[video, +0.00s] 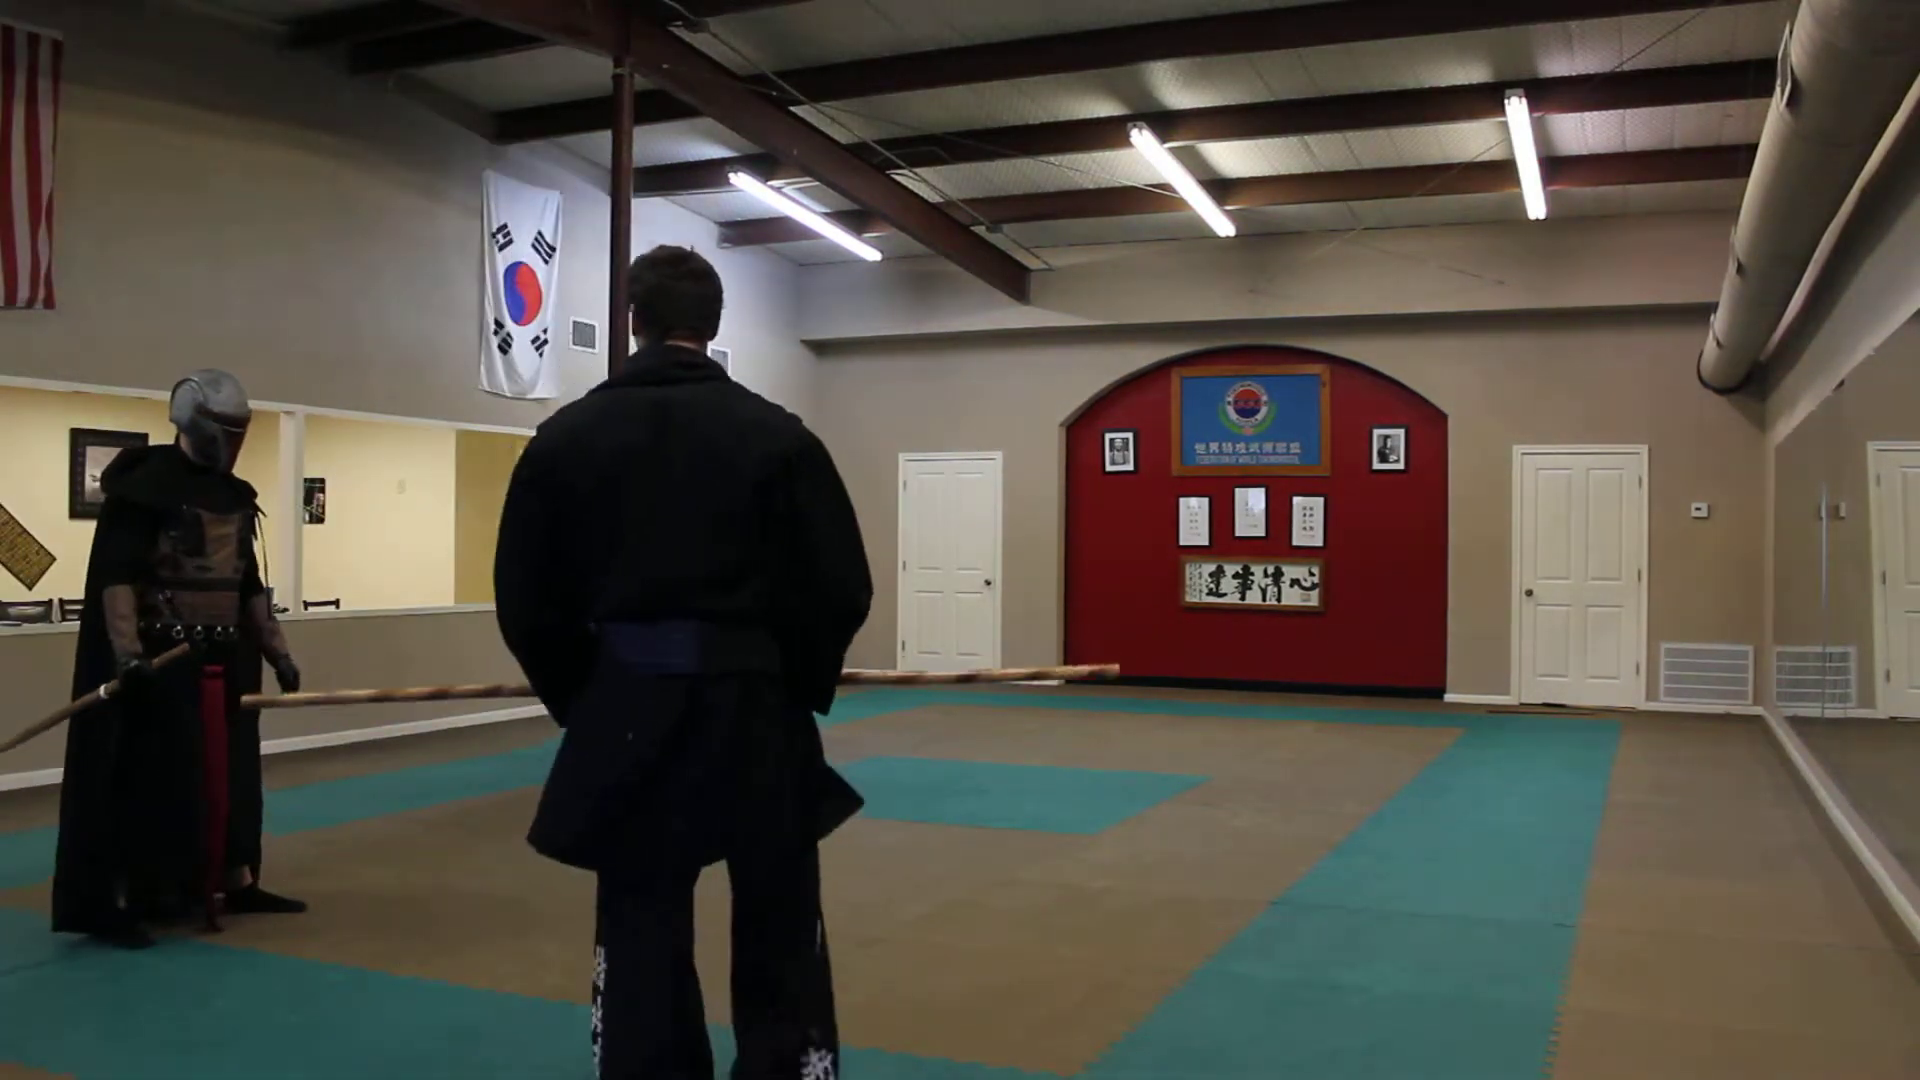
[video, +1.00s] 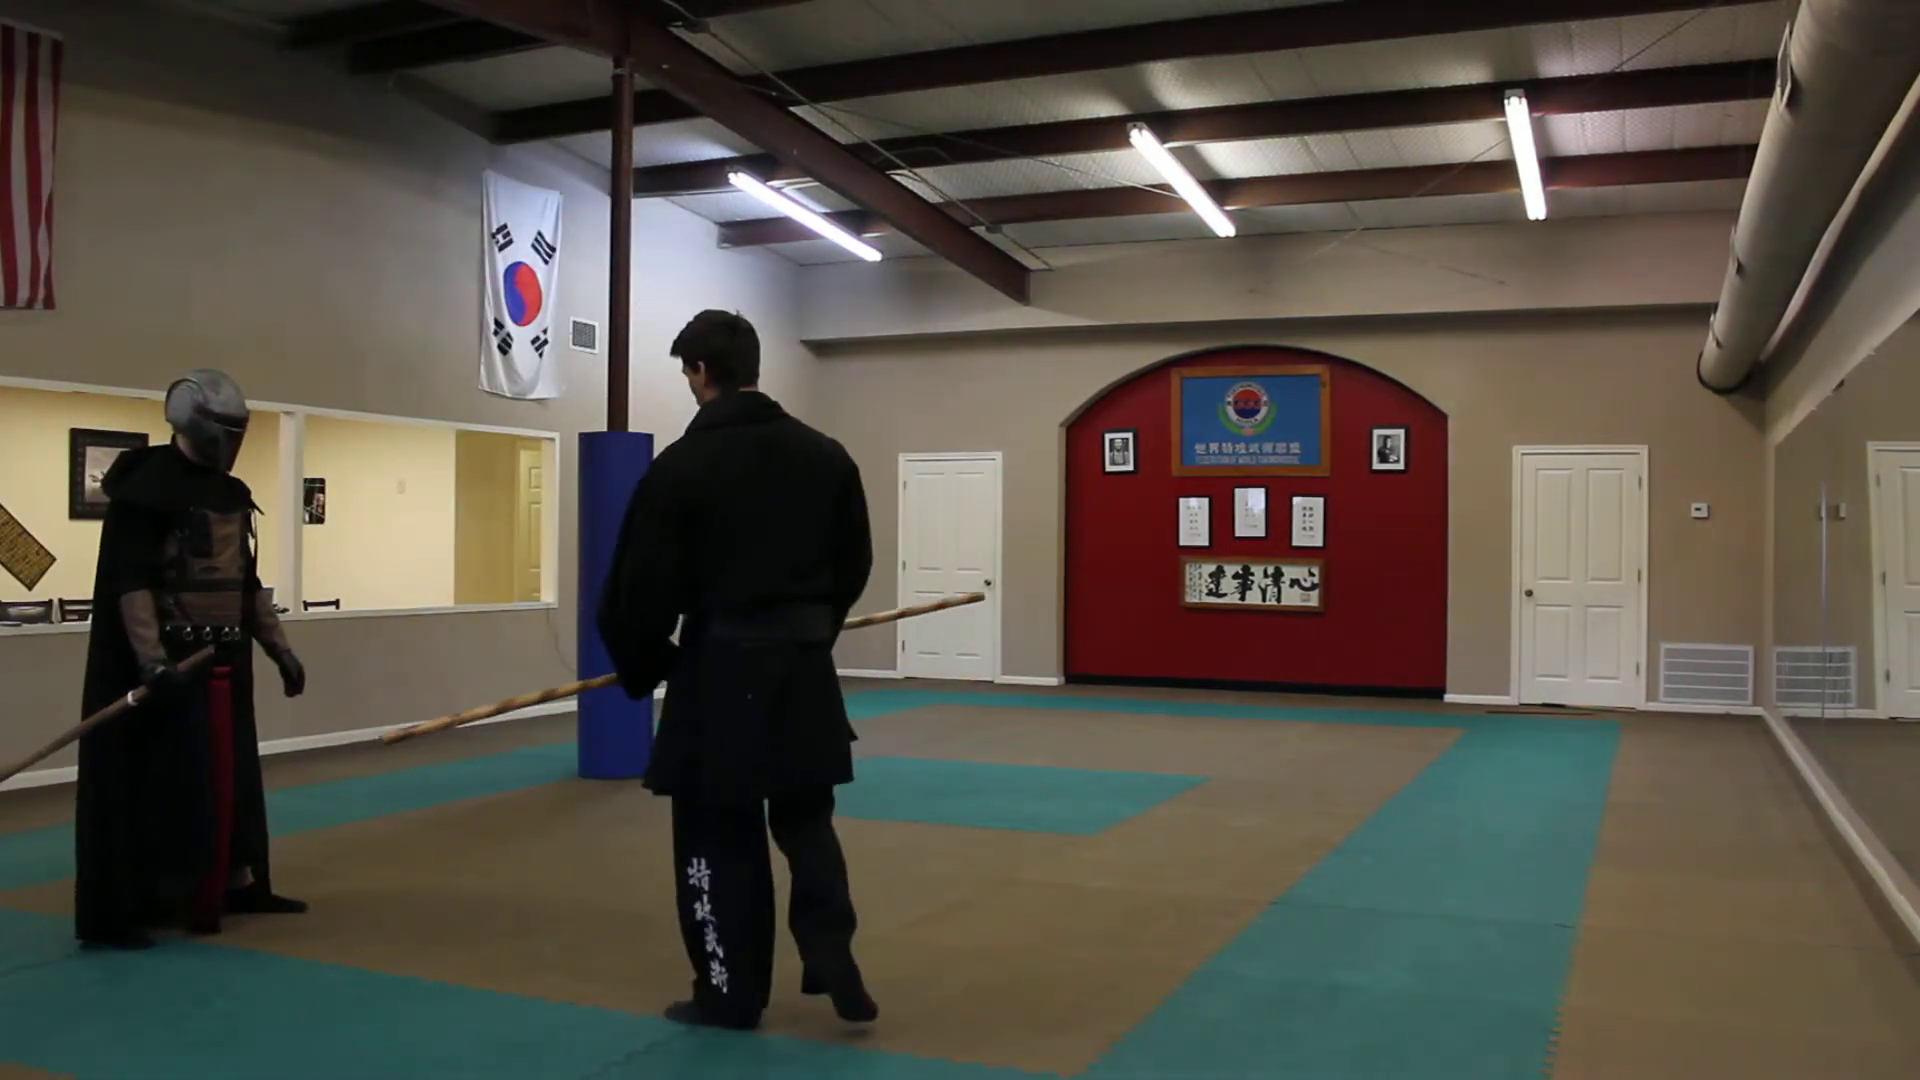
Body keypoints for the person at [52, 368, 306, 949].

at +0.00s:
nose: (235, 441)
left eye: (240, 430)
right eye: (225, 429)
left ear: (240, 428)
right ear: (189, 424)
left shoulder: (236, 497)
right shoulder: (143, 481)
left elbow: (249, 585)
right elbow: (116, 573)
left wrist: (279, 652)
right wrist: (127, 653)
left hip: (223, 662)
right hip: (153, 662)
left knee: (233, 770)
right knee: (137, 778)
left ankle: (233, 884)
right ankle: (116, 903)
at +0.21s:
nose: (231, 439)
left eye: (235, 429)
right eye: (221, 428)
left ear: (234, 428)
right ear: (184, 424)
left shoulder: (229, 496)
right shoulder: (139, 482)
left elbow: (243, 585)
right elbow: (117, 576)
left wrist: (270, 653)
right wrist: (134, 653)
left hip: (217, 662)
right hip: (148, 660)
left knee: (229, 769)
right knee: (132, 776)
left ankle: (236, 884)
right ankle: (113, 902)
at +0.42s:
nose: (230, 440)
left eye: (234, 429)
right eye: (221, 428)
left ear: (231, 427)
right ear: (184, 424)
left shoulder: (227, 495)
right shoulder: (141, 483)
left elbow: (242, 586)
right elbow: (123, 579)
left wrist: (278, 651)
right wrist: (141, 658)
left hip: (217, 664)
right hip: (150, 662)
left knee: (230, 770)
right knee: (134, 777)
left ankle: (234, 884)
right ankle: (114, 902)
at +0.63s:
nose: (234, 439)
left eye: (236, 428)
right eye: (224, 428)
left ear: (229, 427)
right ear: (188, 424)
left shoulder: (229, 495)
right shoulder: (143, 482)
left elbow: (245, 586)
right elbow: (125, 578)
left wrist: (281, 649)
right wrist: (143, 659)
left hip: (219, 664)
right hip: (154, 663)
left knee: (231, 772)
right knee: (138, 781)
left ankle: (233, 886)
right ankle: (117, 905)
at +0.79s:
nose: (234, 439)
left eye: (237, 428)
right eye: (224, 428)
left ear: (234, 427)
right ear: (188, 424)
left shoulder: (230, 495)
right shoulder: (144, 483)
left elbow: (244, 585)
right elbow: (127, 580)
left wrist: (281, 650)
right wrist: (145, 658)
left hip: (219, 664)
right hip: (154, 664)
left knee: (229, 774)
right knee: (142, 781)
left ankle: (230, 887)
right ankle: (120, 907)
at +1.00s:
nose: (234, 439)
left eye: (238, 428)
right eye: (224, 427)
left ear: (238, 426)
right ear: (188, 424)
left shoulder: (231, 494)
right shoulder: (145, 480)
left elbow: (244, 584)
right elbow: (129, 578)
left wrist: (281, 649)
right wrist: (151, 658)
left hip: (219, 663)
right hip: (152, 662)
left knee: (229, 774)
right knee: (141, 782)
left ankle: (232, 888)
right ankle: (121, 911)